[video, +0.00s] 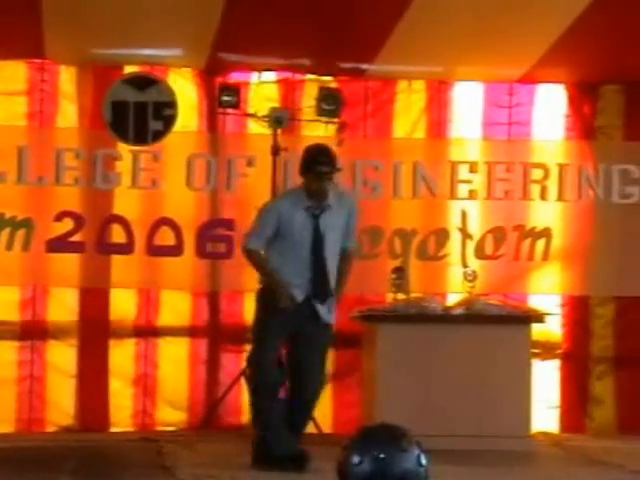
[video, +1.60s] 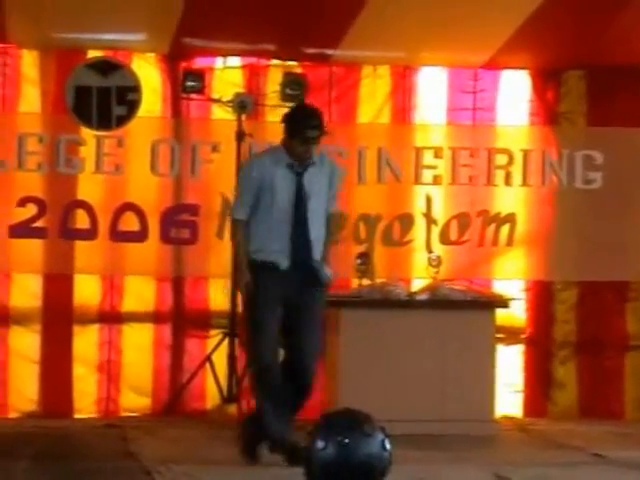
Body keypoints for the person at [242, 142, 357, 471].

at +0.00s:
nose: (324, 185)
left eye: (329, 178)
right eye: (317, 178)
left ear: (335, 176)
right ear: (303, 176)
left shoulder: (345, 206)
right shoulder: (281, 206)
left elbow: (347, 250)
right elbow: (252, 245)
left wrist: (337, 291)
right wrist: (276, 284)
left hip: (318, 306)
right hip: (279, 303)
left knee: (310, 381)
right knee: (265, 373)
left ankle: (284, 444)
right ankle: (272, 445)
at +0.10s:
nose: (320, 179)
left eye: (325, 171)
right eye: (314, 171)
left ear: (332, 169)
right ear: (300, 168)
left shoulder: (343, 196)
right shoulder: (276, 197)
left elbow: (351, 242)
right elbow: (263, 246)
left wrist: (338, 286)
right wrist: (277, 285)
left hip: (320, 296)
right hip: (283, 294)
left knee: (312, 373)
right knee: (278, 371)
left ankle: (280, 436)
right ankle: (285, 444)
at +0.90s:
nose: (296, 149)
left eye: (301, 140)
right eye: (289, 141)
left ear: (308, 140)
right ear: (276, 141)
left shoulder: (322, 176)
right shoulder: (251, 177)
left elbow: (329, 222)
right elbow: (238, 231)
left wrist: (329, 262)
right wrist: (255, 277)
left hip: (314, 282)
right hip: (273, 284)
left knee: (331, 356)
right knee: (283, 359)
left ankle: (321, 422)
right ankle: (306, 422)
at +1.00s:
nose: (300, 145)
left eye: (306, 137)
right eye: (293, 137)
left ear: (314, 141)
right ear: (281, 141)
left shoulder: (331, 180)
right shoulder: (257, 179)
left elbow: (339, 227)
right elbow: (236, 234)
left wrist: (328, 270)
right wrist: (249, 277)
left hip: (309, 280)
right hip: (265, 277)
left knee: (308, 365)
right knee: (247, 343)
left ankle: (293, 434)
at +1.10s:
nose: (296, 147)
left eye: (301, 139)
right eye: (289, 139)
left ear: (311, 141)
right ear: (278, 143)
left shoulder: (330, 184)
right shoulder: (261, 184)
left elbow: (341, 233)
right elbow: (237, 232)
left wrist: (329, 276)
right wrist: (244, 273)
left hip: (307, 287)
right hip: (264, 281)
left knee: (297, 369)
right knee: (241, 346)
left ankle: (284, 439)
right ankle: (233, 412)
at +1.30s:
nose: (295, 133)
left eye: (300, 124)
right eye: (288, 125)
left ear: (308, 126)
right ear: (276, 126)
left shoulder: (327, 163)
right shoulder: (257, 163)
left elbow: (338, 213)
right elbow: (247, 214)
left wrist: (329, 257)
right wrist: (234, 240)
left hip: (311, 267)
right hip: (268, 267)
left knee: (306, 354)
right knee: (269, 352)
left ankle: (301, 433)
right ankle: (265, 434)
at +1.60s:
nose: (310, 150)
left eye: (315, 142)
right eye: (303, 142)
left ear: (321, 139)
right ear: (286, 136)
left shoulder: (328, 171)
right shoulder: (259, 167)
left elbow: (330, 221)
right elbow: (239, 221)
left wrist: (323, 259)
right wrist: (242, 269)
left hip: (308, 273)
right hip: (267, 270)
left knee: (306, 359)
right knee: (264, 354)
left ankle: (260, 424)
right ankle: (280, 433)